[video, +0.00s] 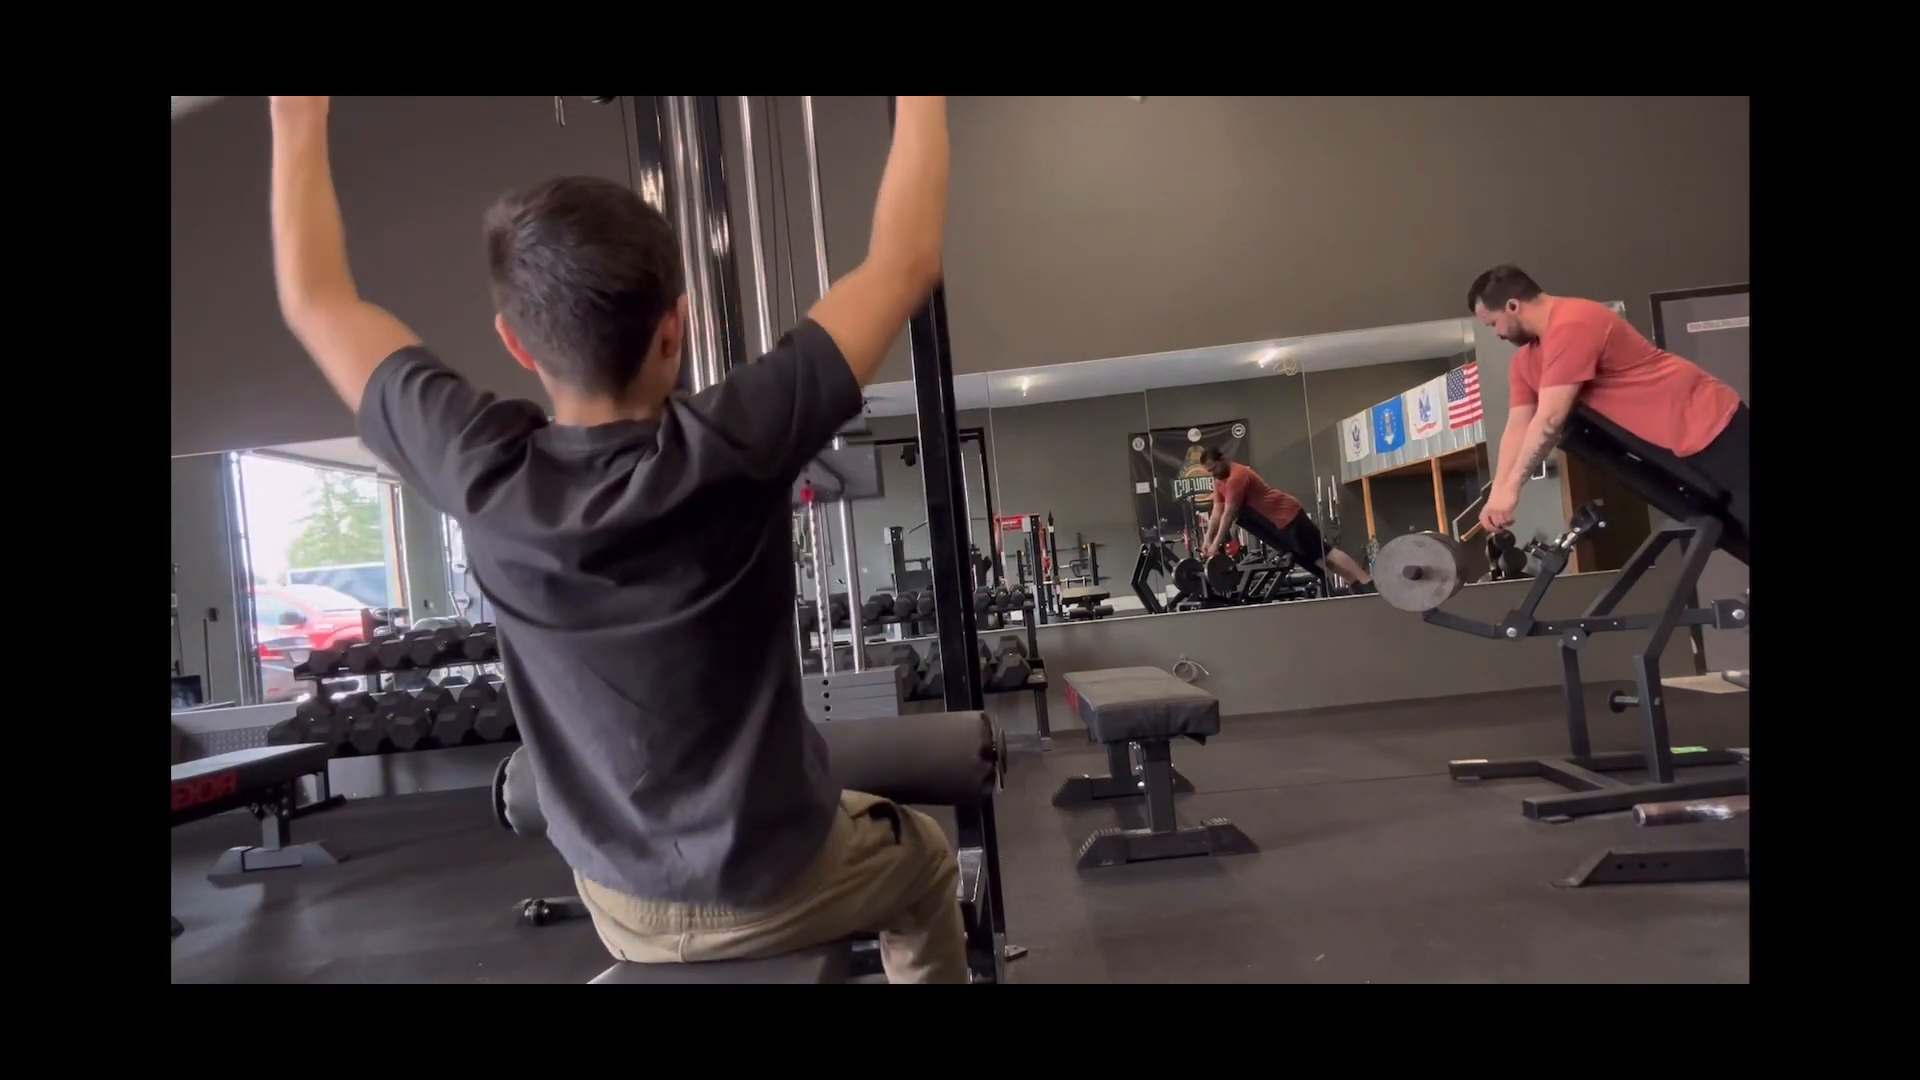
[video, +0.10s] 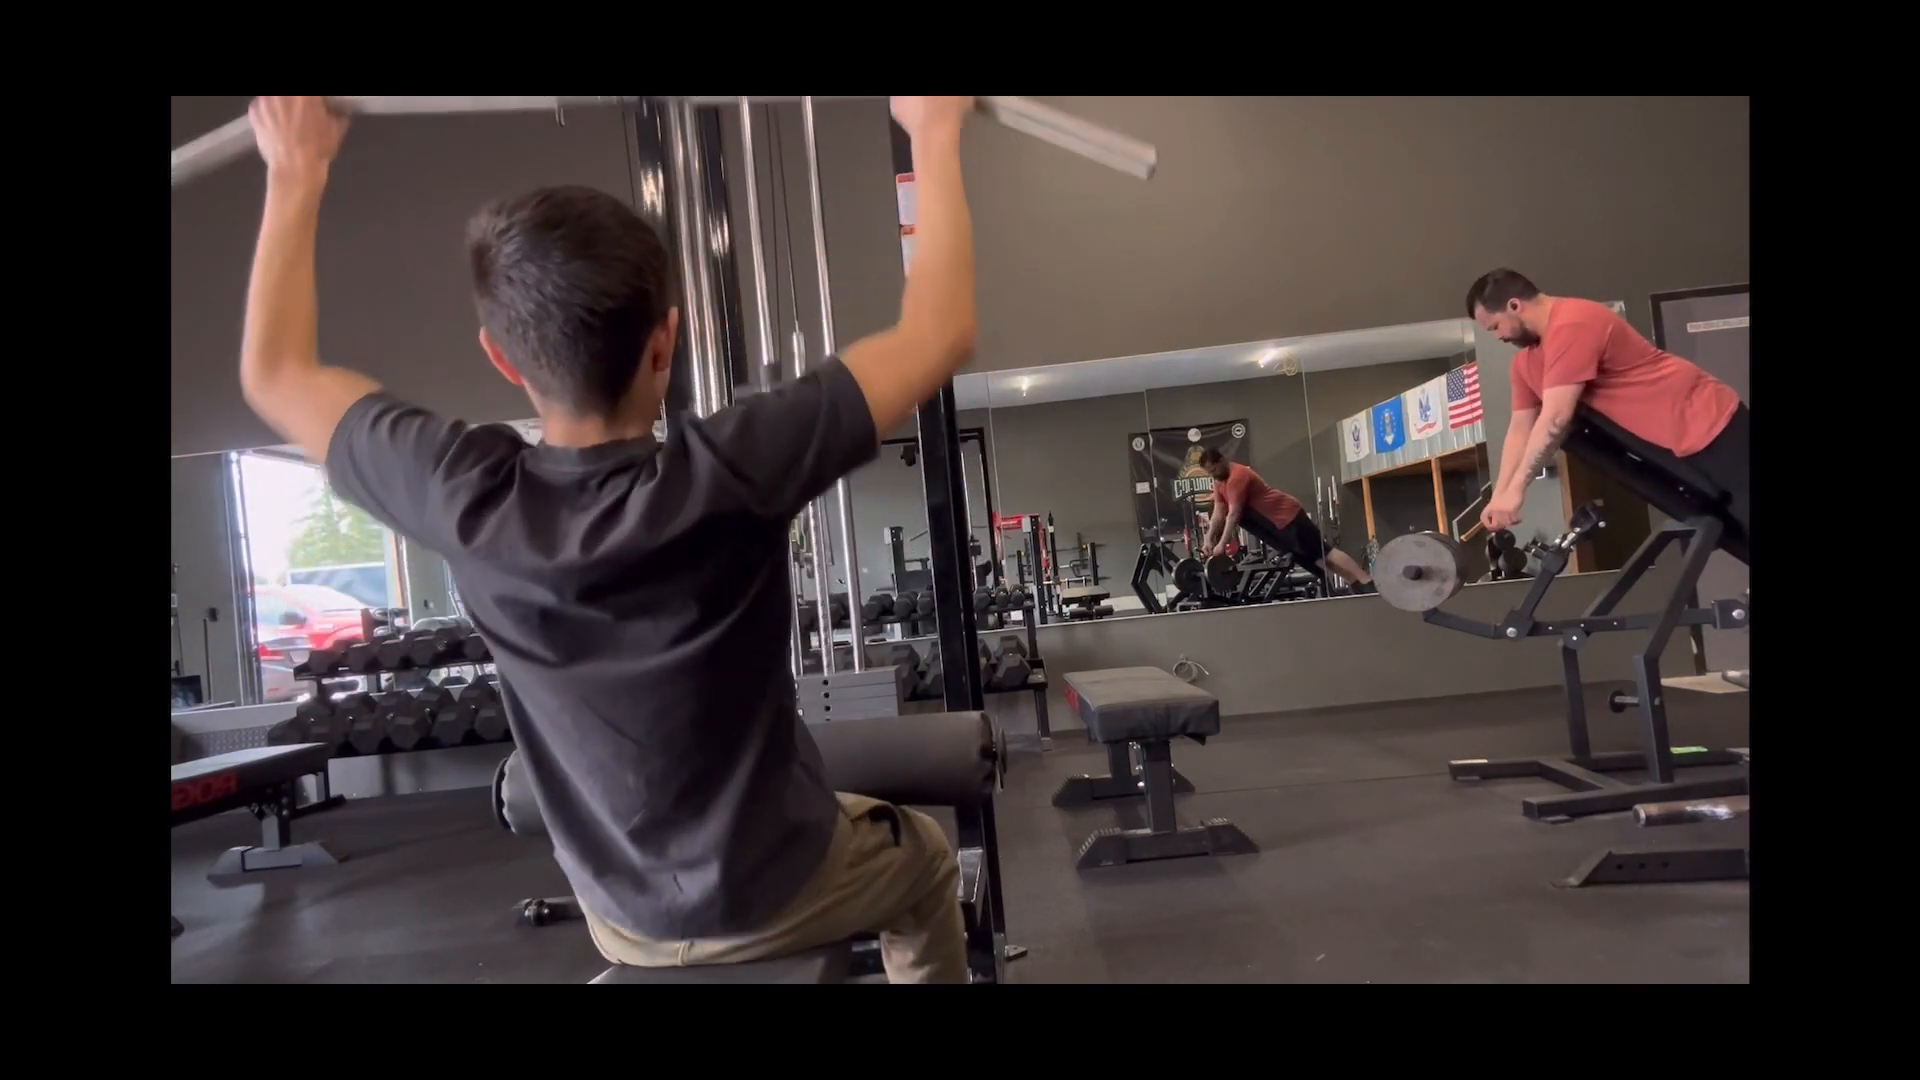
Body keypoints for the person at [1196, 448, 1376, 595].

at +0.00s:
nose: (1213, 473)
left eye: (1214, 467)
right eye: (1209, 470)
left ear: (1222, 459)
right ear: (1207, 470)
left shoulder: (1238, 475)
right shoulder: (1219, 483)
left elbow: (1230, 513)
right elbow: (1216, 512)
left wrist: (1216, 543)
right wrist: (1207, 539)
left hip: (1289, 514)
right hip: (1278, 524)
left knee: (1324, 550)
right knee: (1316, 558)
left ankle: (1367, 581)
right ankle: (1354, 583)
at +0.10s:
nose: (1213, 474)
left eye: (1213, 469)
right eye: (1209, 472)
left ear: (1222, 461)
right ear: (1207, 471)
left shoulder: (1238, 476)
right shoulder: (1219, 484)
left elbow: (1235, 513)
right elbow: (1218, 512)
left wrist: (1221, 543)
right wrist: (1209, 539)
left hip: (1290, 515)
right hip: (1278, 526)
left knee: (1324, 550)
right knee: (1316, 558)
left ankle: (1367, 581)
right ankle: (1354, 583)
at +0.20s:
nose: (1212, 475)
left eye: (1213, 470)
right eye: (1209, 473)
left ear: (1221, 462)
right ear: (1208, 472)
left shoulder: (1239, 475)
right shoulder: (1220, 485)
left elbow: (1241, 510)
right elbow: (1219, 512)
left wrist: (1233, 541)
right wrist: (1211, 539)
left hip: (1289, 514)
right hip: (1276, 526)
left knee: (1324, 551)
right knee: (1315, 558)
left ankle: (1367, 581)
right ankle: (1354, 583)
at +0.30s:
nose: (1213, 476)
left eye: (1213, 470)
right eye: (1209, 473)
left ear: (1221, 462)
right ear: (1207, 473)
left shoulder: (1240, 476)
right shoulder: (1219, 485)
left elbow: (1250, 507)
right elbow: (1222, 512)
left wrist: (1244, 535)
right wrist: (1217, 538)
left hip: (1288, 514)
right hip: (1273, 526)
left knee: (1324, 551)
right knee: (1313, 558)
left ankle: (1368, 581)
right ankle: (1354, 583)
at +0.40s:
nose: (1214, 475)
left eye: (1214, 470)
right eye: (1210, 473)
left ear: (1221, 463)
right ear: (1208, 473)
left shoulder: (1240, 475)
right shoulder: (1220, 485)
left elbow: (1257, 505)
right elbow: (1225, 510)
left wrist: (1258, 537)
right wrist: (1223, 538)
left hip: (1289, 514)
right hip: (1274, 525)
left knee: (1323, 551)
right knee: (1313, 559)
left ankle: (1368, 581)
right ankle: (1354, 583)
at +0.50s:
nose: (1216, 475)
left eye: (1216, 470)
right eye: (1211, 474)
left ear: (1222, 463)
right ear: (1209, 474)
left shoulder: (1242, 477)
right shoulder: (1221, 486)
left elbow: (1262, 505)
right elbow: (1227, 512)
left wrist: (1270, 536)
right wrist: (1226, 539)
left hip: (1289, 514)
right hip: (1276, 524)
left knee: (1324, 551)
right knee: (1315, 559)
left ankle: (1368, 581)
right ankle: (1354, 583)